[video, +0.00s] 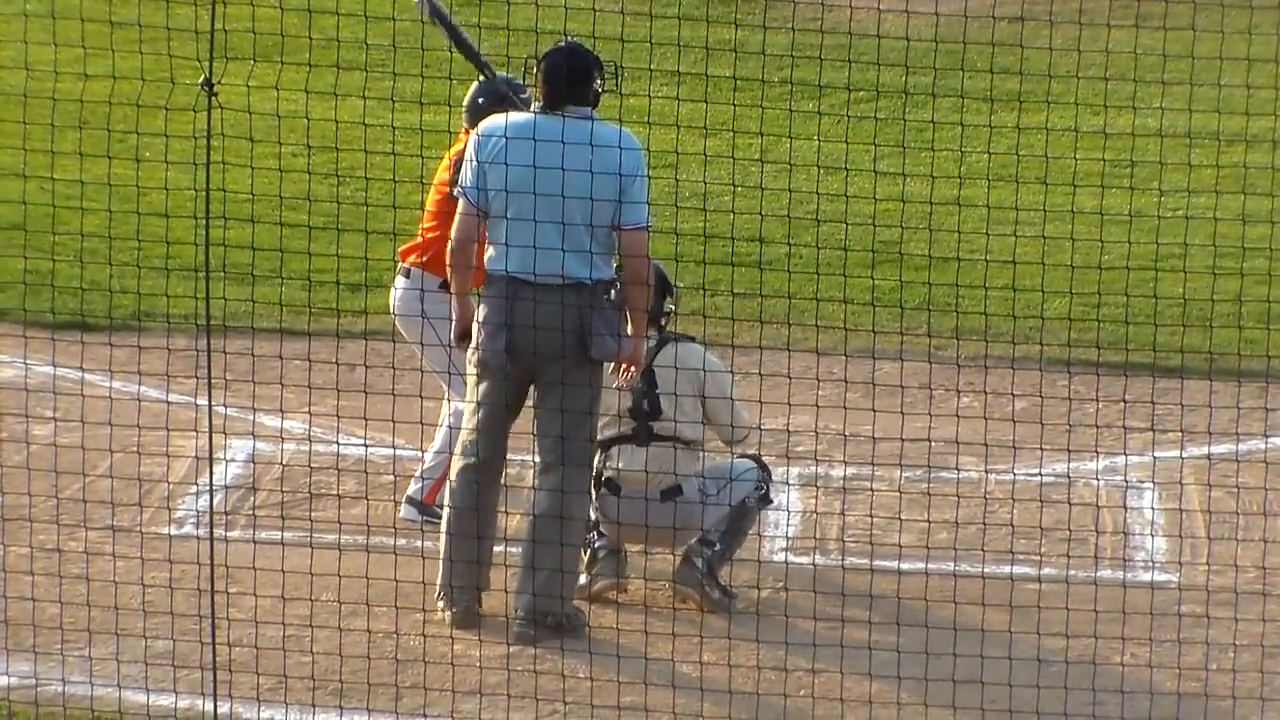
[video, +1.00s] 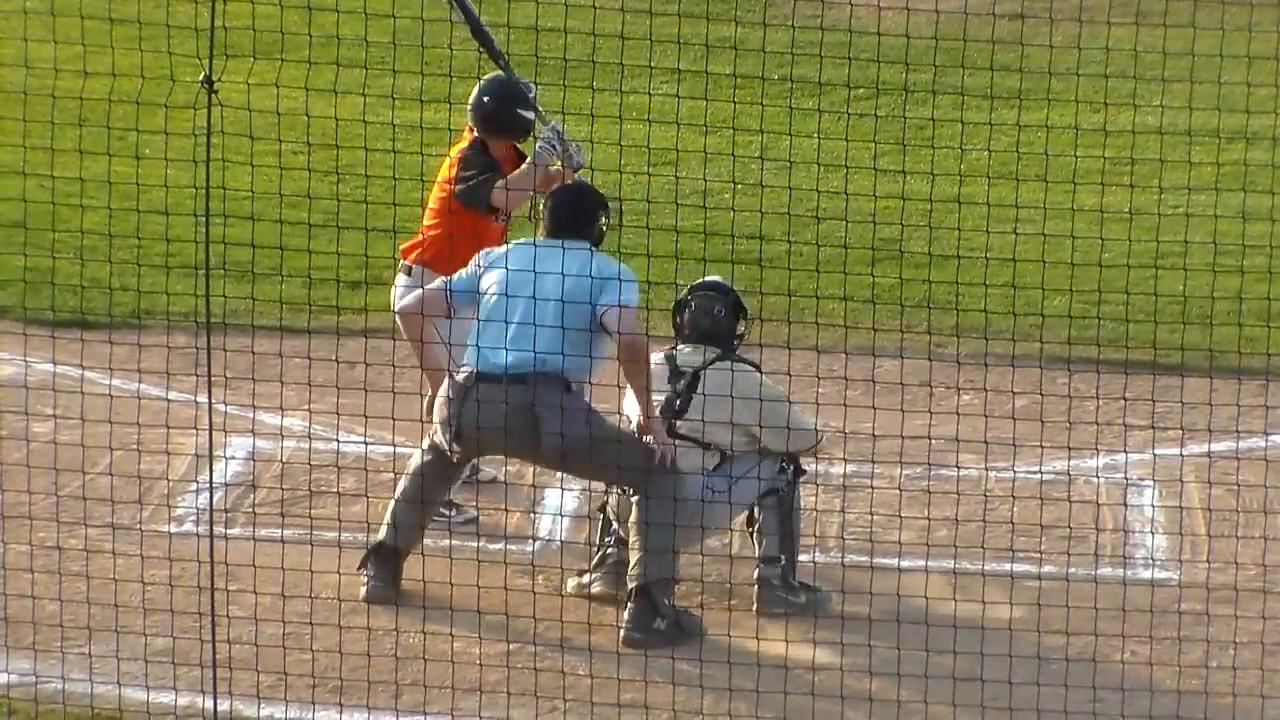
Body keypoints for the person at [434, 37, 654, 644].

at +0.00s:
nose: (594, 96)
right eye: (598, 88)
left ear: (539, 87)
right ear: (595, 91)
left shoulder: (493, 135)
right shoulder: (623, 147)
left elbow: (462, 240)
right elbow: (634, 252)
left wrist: (462, 307)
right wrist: (637, 331)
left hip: (506, 309)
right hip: (581, 315)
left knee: (479, 447)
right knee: (565, 460)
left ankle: (459, 594)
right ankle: (544, 606)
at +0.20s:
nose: (601, 100)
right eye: (599, 93)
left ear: (540, 93)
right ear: (595, 97)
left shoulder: (492, 139)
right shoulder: (621, 152)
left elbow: (448, 236)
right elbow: (642, 258)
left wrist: (454, 305)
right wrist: (640, 327)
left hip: (500, 312)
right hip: (579, 318)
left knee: (452, 424)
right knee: (568, 466)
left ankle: (429, 564)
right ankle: (544, 605)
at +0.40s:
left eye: (528, 109)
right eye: (589, 116)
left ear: (530, 113)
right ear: (586, 118)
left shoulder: (486, 158)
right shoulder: (608, 171)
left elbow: (427, 246)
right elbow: (631, 263)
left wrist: (443, 318)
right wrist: (637, 336)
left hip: (483, 326)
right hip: (560, 334)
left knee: (439, 443)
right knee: (579, 472)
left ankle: (384, 569)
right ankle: (544, 604)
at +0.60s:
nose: (579, 147)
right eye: (576, 140)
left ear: (515, 136)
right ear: (569, 142)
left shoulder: (469, 177)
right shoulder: (584, 186)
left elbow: (404, 256)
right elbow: (600, 270)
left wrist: (429, 333)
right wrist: (630, 340)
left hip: (460, 332)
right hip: (535, 337)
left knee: (431, 437)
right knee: (617, 446)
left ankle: (383, 565)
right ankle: (586, 574)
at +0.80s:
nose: (589, 178)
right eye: (586, 171)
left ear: (527, 169)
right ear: (579, 174)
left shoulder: (483, 210)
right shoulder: (595, 218)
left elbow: (405, 278)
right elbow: (611, 300)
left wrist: (428, 352)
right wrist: (641, 375)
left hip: (462, 362)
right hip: (541, 367)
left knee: (437, 442)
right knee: (633, 466)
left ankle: (383, 562)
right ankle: (646, 604)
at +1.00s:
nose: (604, 230)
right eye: (603, 224)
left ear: (546, 223)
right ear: (597, 228)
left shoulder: (498, 258)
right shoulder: (610, 271)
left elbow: (410, 308)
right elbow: (628, 339)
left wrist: (440, 376)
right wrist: (646, 413)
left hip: (469, 407)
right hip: (548, 412)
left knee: (442, 451)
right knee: (657, 473)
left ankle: (383, 563)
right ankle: (649, 605)